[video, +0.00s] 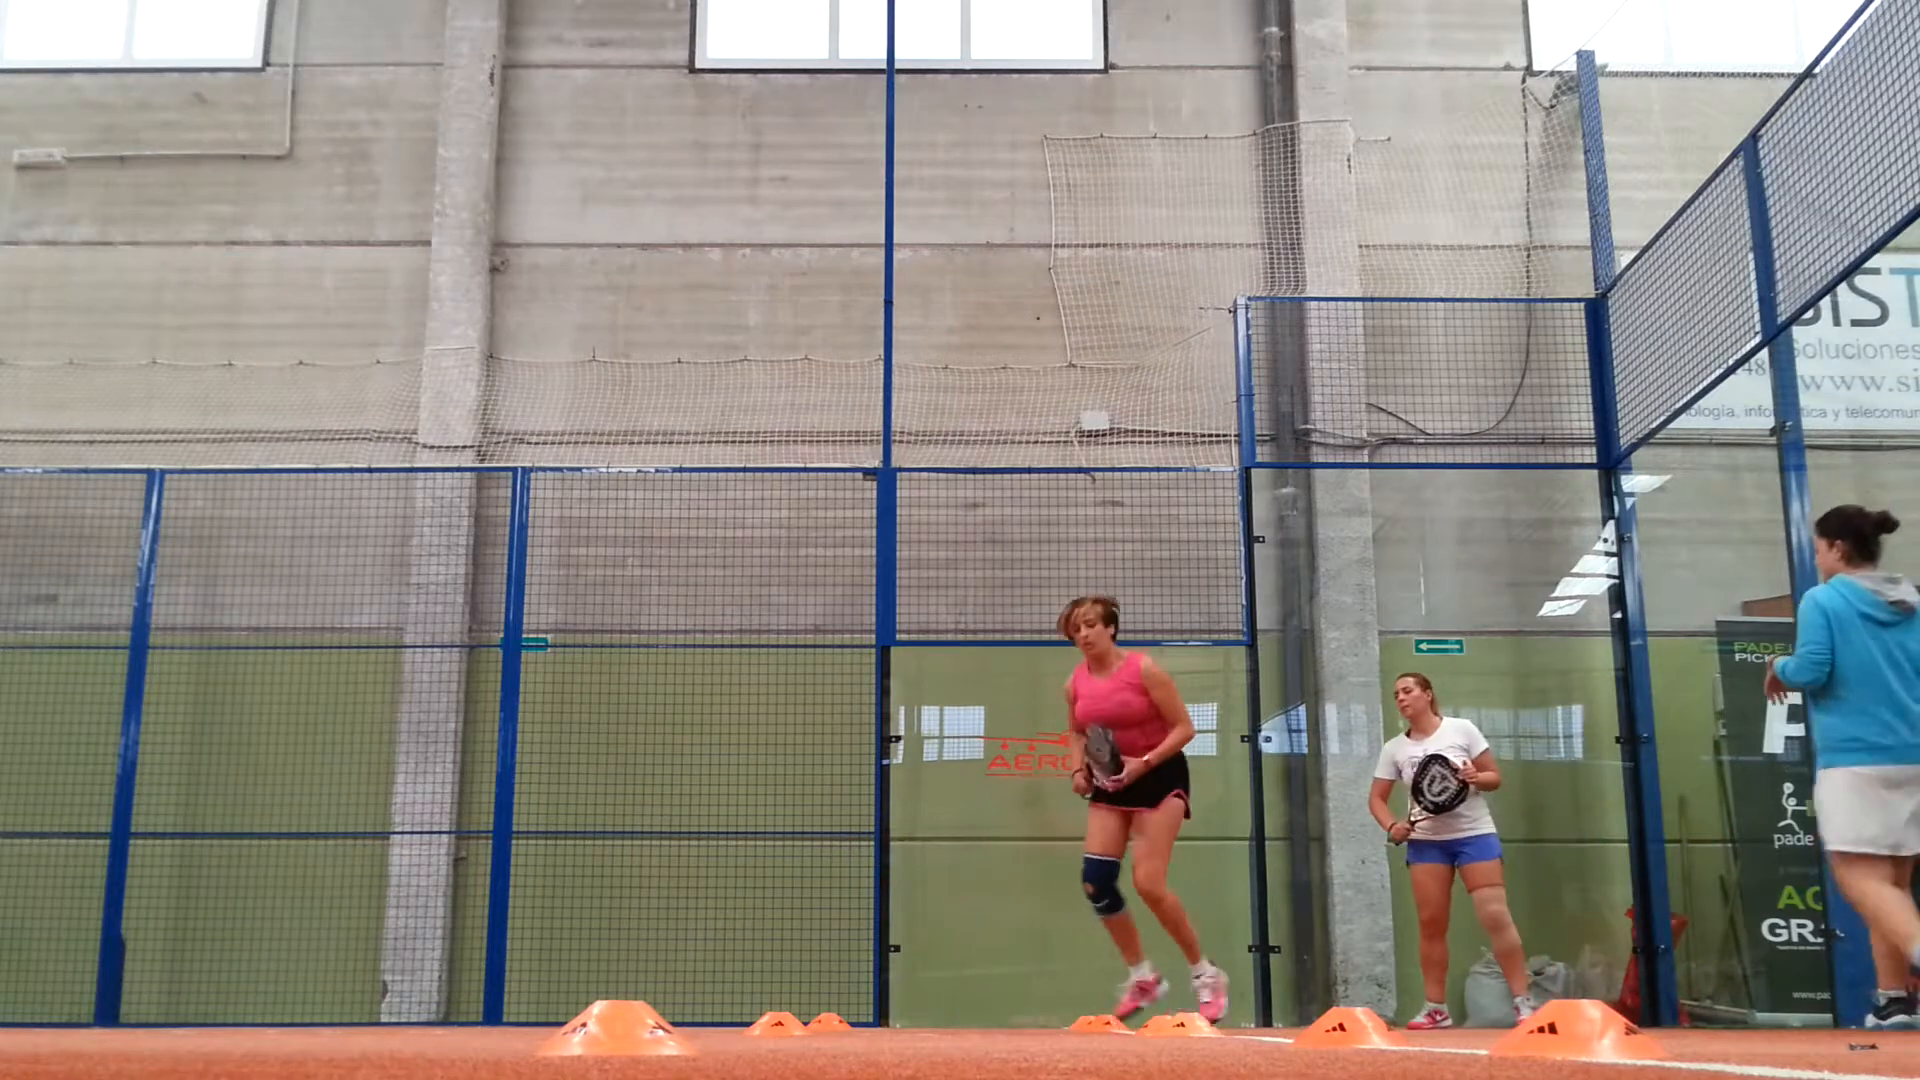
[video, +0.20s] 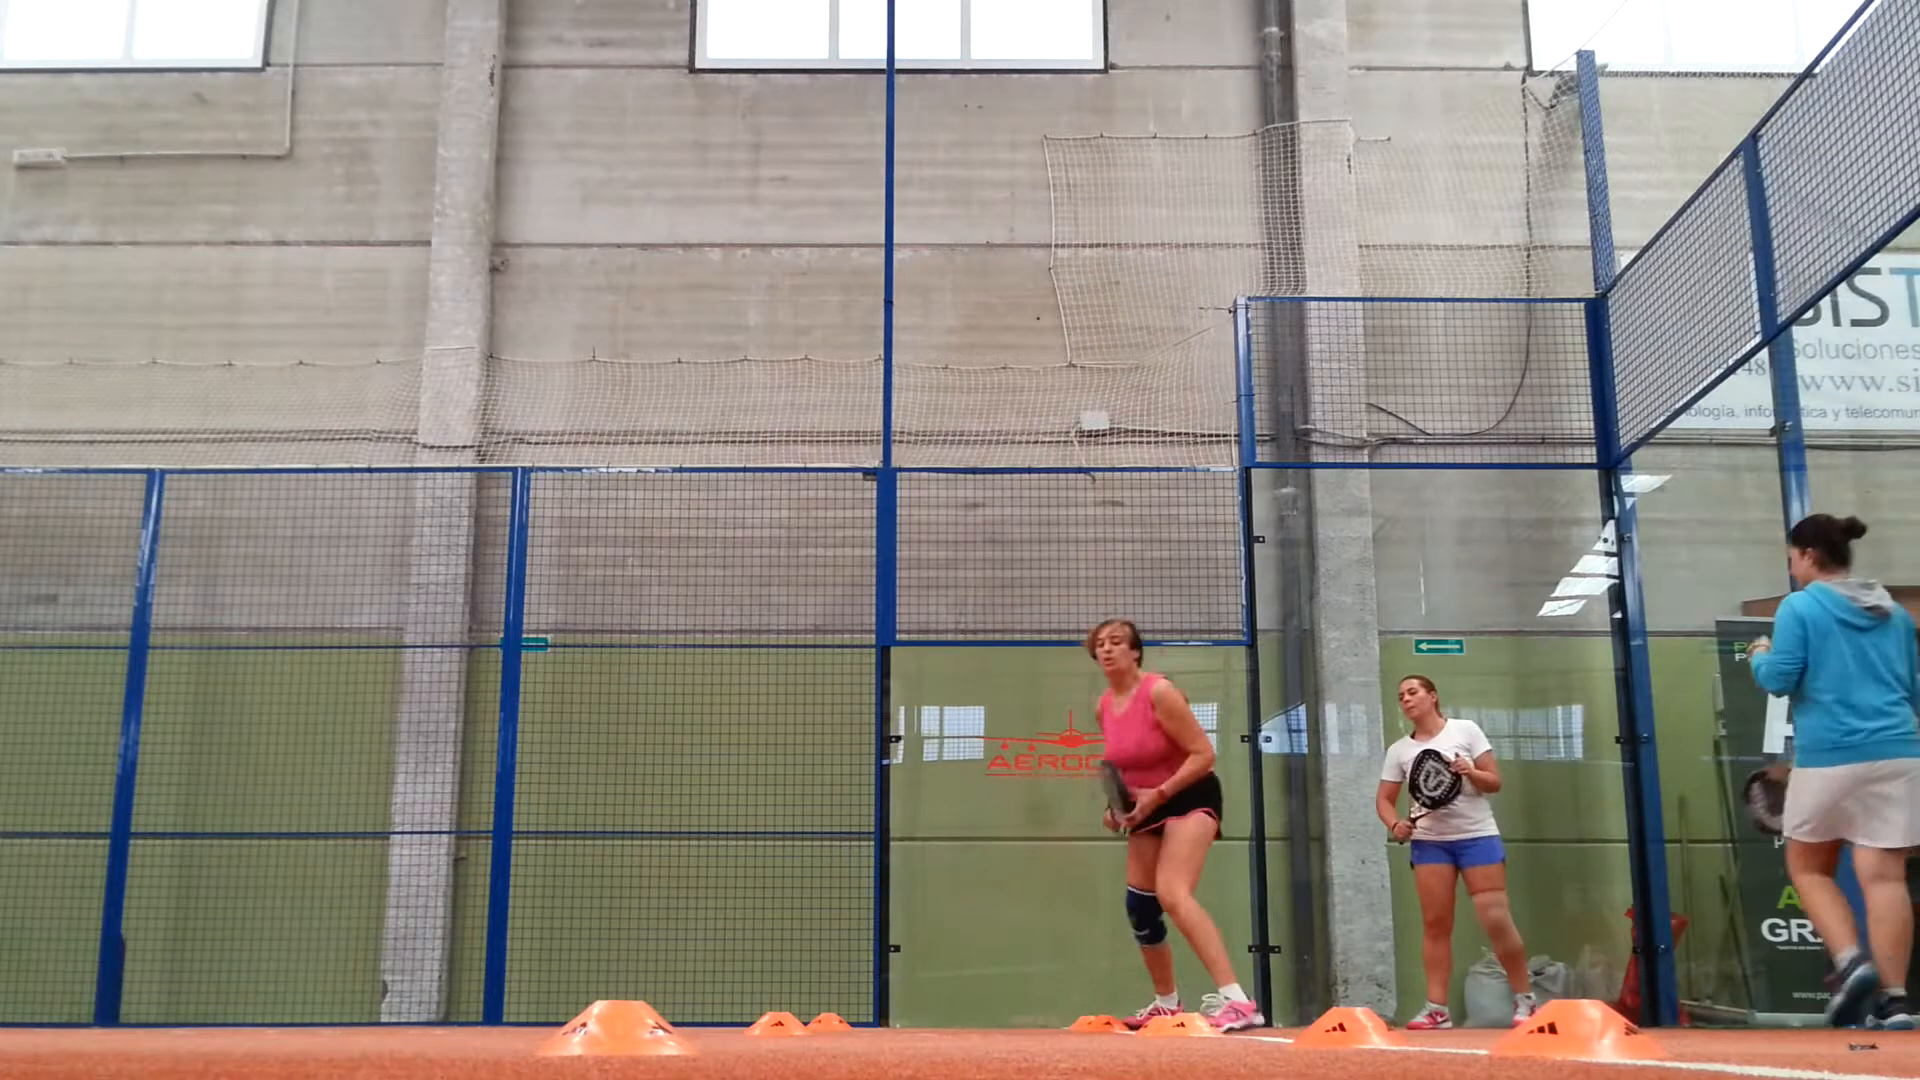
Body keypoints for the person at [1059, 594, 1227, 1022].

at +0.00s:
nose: (1085, 633)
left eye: (1092, 624)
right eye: (1078, 628)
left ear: (1111, 628)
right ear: (1072, 636)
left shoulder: (1144, 670)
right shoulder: (1076, 683)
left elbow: (1185, 729)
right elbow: (1077, 733)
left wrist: (1144, 763)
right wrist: (1079, 765)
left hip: (1160, 777)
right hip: (1108, 783)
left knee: (1149, 883)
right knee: (1097, 884)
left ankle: (1206, 974)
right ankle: (1143, 976)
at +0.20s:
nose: (1107, 650)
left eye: (1116, 643)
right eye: (1100, 645)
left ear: (1135, 652)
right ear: (1095, 656)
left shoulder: (1160, 692)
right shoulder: (1105, 705)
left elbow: (1204, 754)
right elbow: (1121, 764)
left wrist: (1158, 794)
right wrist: (1118, 804)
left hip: (1190, 795)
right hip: (1144, 805)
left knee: (1174, 894)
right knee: (1141, 909)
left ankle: (1236, 1000)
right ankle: (1167, 1005)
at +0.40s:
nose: (1140, 588)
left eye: (1150, 580)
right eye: (1134, 581)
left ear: (1170, 588)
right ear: (1128, 590)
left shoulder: (1189, 624)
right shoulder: (1141, 641)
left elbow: (1240, 676)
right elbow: (1154, 703)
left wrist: (1189, 713)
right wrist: (1144, 736)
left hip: (1219, 750)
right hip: (1179, 754)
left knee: (1203, 865)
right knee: (1173, 867)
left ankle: (1238, 991)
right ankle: (1215, 983)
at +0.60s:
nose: (1171, 577)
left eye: (1181, 567)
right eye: (1163, 570)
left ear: (1202, 573)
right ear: (1155, 578)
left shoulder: (1224, 616)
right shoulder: (1167, 632)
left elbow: (1274, 678)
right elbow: (1184, 697)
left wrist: (1221, 711)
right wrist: (1170, 729)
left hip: (1244, 741)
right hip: (1203, 749)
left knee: (1243, 859)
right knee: (1221, 875)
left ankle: (1292, 983)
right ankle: (1276, 990)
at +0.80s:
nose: (1185, 579)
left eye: (1196, 570)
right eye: (1181, 571)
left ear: (1221, 578)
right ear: (1178, 581)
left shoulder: (1241, 617)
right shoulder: (1199, 637)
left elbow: (1297, 678)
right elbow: (1214, 708)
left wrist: (1240, 724)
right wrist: (1201, 748)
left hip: (1270, 751)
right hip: (1227, 760)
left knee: (1277, 877)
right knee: (1238, 884)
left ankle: (1347, 996)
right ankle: (1284, 990)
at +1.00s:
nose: (1176, 522)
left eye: (1187, 511)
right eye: (1173, 514)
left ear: (1216, 517)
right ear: (1174, 524)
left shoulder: (1236, 558)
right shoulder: (1199, 574)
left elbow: (1293, 616)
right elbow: (1224, 645)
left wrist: (1229, 660)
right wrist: (1199, 680)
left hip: (1268, 700)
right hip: (1232, 708)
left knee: (1256, 835)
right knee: (1213, 837)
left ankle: (1324, 969)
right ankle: (1273, 968)